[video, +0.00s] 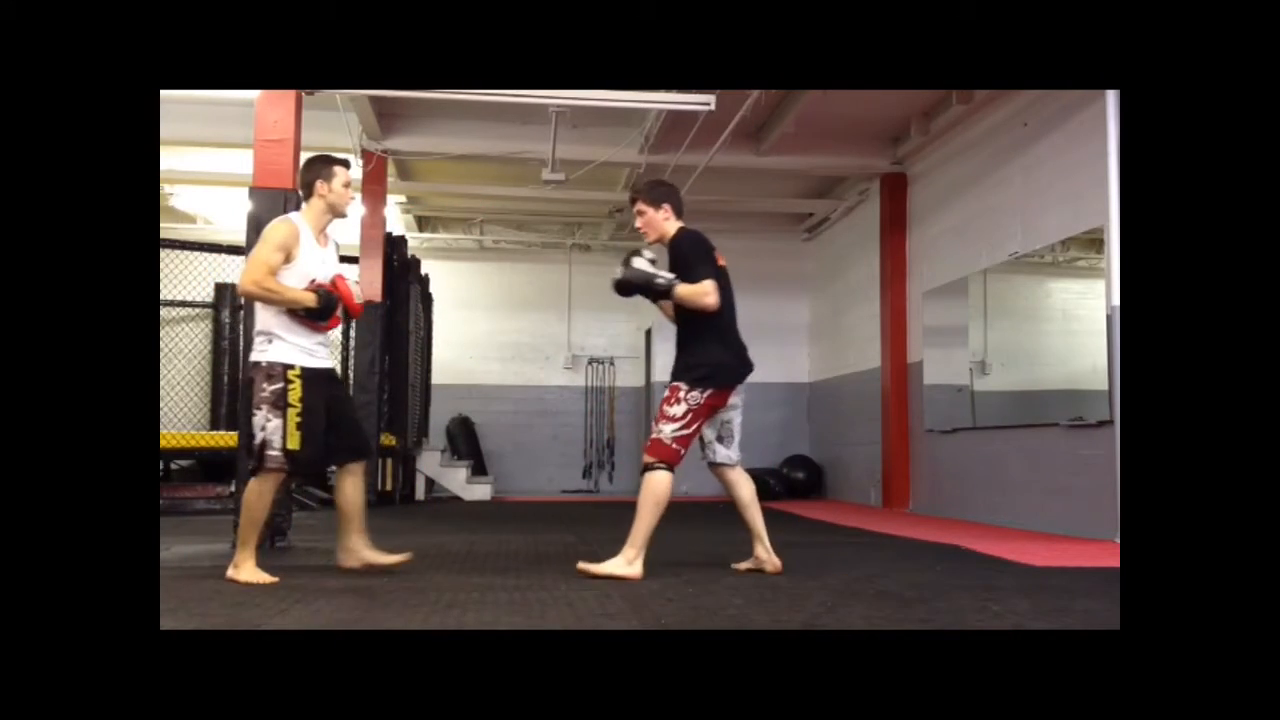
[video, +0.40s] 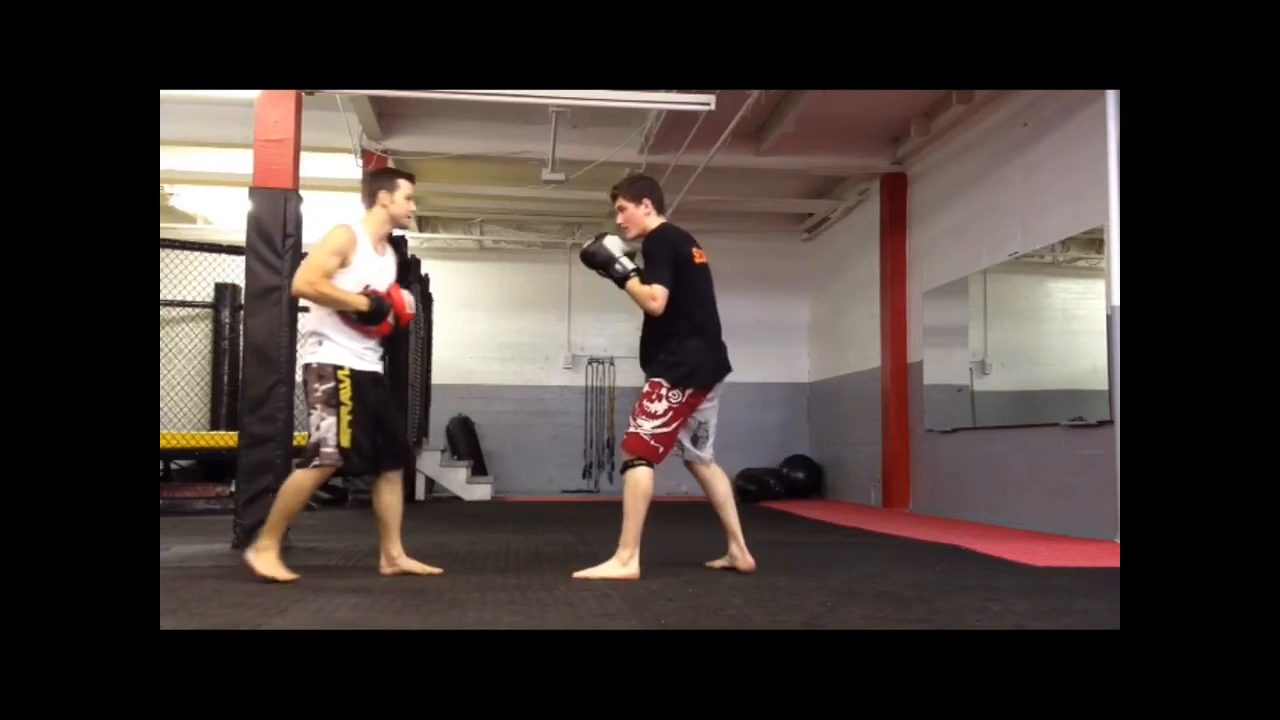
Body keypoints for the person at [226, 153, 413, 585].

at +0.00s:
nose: (352, 195)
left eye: (351, 187)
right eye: (345, 186)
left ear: (325, 191)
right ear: (319, 188)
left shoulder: (327, 243)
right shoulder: (285, 228)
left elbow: (319, 290)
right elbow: (250, 282)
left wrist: (343, 298)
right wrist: (308, 299)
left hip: (319, 366)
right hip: (279, 363)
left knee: (353, 454)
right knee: (274, 464)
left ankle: (353, 546)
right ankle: (243, 561)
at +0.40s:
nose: (414, 208)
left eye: (414, 200)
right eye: (408, 199)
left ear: (391, 202)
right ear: (382, 200)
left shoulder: (389, 255)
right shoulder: (345, 236)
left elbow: (377, 302)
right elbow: (304, 282)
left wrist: (395, 308)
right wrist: (364, 304)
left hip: (367, 366)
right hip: (328, 361)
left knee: (390, 458)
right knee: (327, 456)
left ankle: (392, 554)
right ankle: (264, 547)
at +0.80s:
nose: (415, 204)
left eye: (415, 196)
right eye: (410, 196)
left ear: (392, 198)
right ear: (385, 196)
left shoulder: (392, 248)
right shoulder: (349, 232)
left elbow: (394, 299)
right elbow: (339, 278)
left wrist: (425, 285)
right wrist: (391, 269)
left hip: (374, 366)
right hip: (336, 363)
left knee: (393, 462)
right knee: (326, 465)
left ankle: (393, 554)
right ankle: (287, 561)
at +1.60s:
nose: (443, 204)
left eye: (442, 197)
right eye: (436, 196)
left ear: (419, 200)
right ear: (412, 198)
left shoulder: (421, 246)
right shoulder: (384, 237)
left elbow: (445, 290)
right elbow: (406, 280)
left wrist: (469, 265)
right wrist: (436, 236)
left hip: (418, 370)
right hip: (386, 367)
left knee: (449, 459)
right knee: (375, 462)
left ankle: (450, 551)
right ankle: (298, 545)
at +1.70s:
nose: (459, 209)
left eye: (458, 201)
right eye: (452, 200)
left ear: (426, 204)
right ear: (428, 202)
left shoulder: (414, 240)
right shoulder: (422, 233)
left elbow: (428, 300)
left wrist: (465, 277)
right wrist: (482, 223)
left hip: (415, 365)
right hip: (403, 364)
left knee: (442, 460)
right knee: (386, 460)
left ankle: (449, 551)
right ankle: (303, 540)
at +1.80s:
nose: (466, 222)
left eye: (468, 215)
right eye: (462, 213)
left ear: (430, 212)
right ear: (439, 208)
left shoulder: (398, 249)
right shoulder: (438, 232)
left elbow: (406, 297)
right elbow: (502, 233)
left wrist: (449, 291)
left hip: (411, 369)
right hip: (407, 370)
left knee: (447, 462)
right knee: (389, 463)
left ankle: (449, 552)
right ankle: (305, 542)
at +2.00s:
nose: (470, 222)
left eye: (472, 216)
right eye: (465, 213)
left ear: (451, 214)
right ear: (441, 207)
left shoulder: (428, 247)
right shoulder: (433, 231)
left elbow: (432, 316)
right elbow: (473, 252)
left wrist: (468, 295)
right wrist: (497, 221)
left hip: (423, 367)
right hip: (406, 365)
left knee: (452, 458)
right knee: (388, 459)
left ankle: (450, 552)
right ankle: (308, 543)